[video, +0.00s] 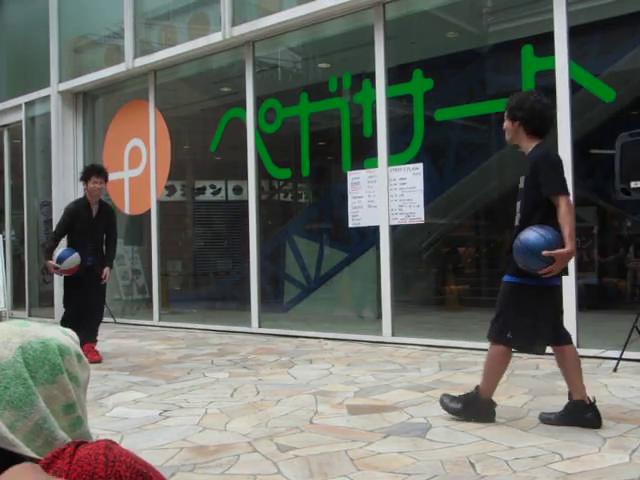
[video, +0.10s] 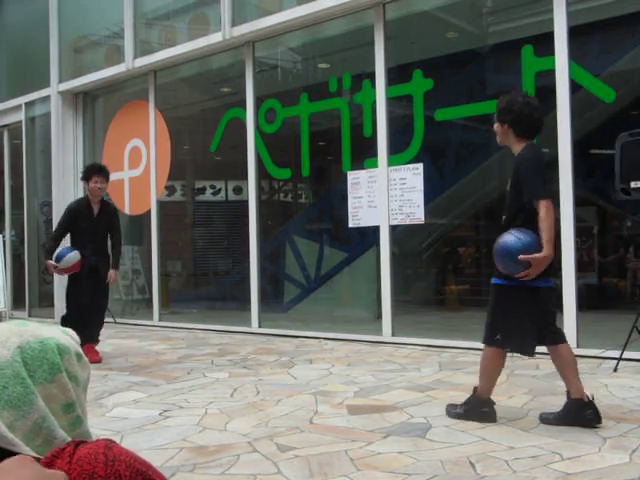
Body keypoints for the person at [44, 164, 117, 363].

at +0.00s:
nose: (98, 187)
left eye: (101, 184)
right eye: (94, 183)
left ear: (105, 186)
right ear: (85, 185)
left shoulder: (108, 211)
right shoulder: (74, 209)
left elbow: (111, 240)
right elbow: (56, 235)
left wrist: (108, 265)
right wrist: (48, 258)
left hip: (96, 267)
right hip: (74, 267)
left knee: (95, 307)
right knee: (74, 307)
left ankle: (89, 344)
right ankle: (65, 345)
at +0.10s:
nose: (99, 186)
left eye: (103, 183)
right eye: (95, 182)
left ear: (107, 186)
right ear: (86, 184)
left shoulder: (110, 210)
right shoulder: (75, 208)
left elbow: (116, 240)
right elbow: (57, 236)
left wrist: (115, 267)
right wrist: (49, 258)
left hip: (100, 265)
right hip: (78, 265)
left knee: (99, 305)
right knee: (77, 304)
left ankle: (90, 344)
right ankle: (72, 343)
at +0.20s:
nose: (100, 185)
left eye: (103, 181)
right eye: (96, 181)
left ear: (108, 184)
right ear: (87, 183)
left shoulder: (112, 210)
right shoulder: (77, 208)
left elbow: (119, 240)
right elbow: (61, 234)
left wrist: (120, 267)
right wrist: (51, 258)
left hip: (104, 266)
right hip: (81, 266)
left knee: (102, 306)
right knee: (82, 305)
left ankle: (90, 344)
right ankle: (72, 344)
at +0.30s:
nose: (102, 185)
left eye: (106, 181)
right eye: (98, 181)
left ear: (110, 184)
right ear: (90, 183)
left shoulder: (115, 209)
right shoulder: (80, 209)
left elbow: (123, 239)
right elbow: (65, 236)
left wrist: (123, 264)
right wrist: (55, 260)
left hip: (107, 266)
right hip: (85, 266)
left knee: (105, 306)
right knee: (85, 305)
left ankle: (92, 345)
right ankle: (82, 346)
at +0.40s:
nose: (107, 186)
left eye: (109, 183)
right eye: (102, 182)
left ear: (113, 185)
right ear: (93, 185)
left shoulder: (118, 210)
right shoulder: (83, 211)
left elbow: (125, 238)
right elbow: (69, 238)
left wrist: (125, 262)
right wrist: (62, 262)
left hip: (110, 266)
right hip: (88, 267)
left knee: (107, 305)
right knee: (89, 306)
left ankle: (91, 342)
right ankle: (103, 345)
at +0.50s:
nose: (112, 187)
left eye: (115, 183)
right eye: (108, 183)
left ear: (118, 186)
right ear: (98, 186)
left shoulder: (122, 211)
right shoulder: (86, 213)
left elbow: (128, 240)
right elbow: (76, 240)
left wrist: (126, 262)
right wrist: (68, 264)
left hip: (115, 264)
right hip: (93, 265)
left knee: (109, 306)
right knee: (101, 307)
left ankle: (90, 343)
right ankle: (118, 346)